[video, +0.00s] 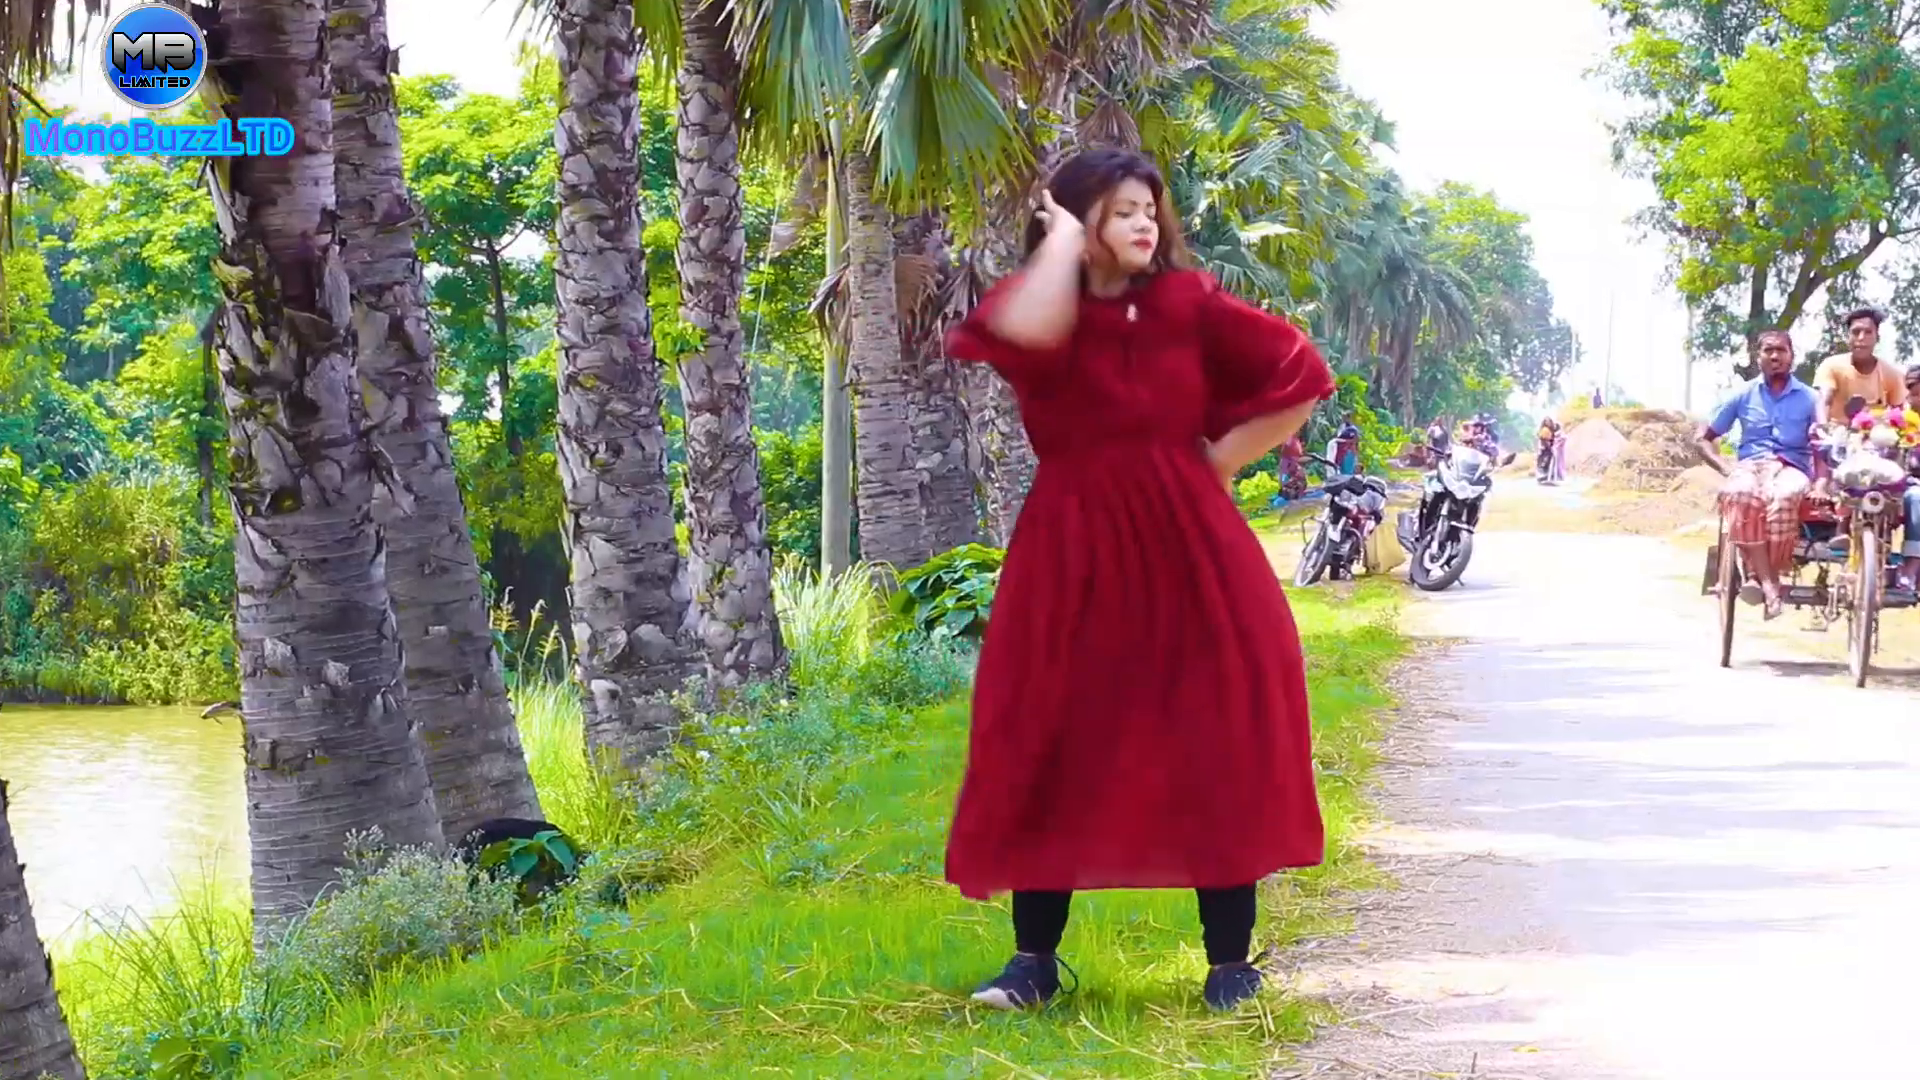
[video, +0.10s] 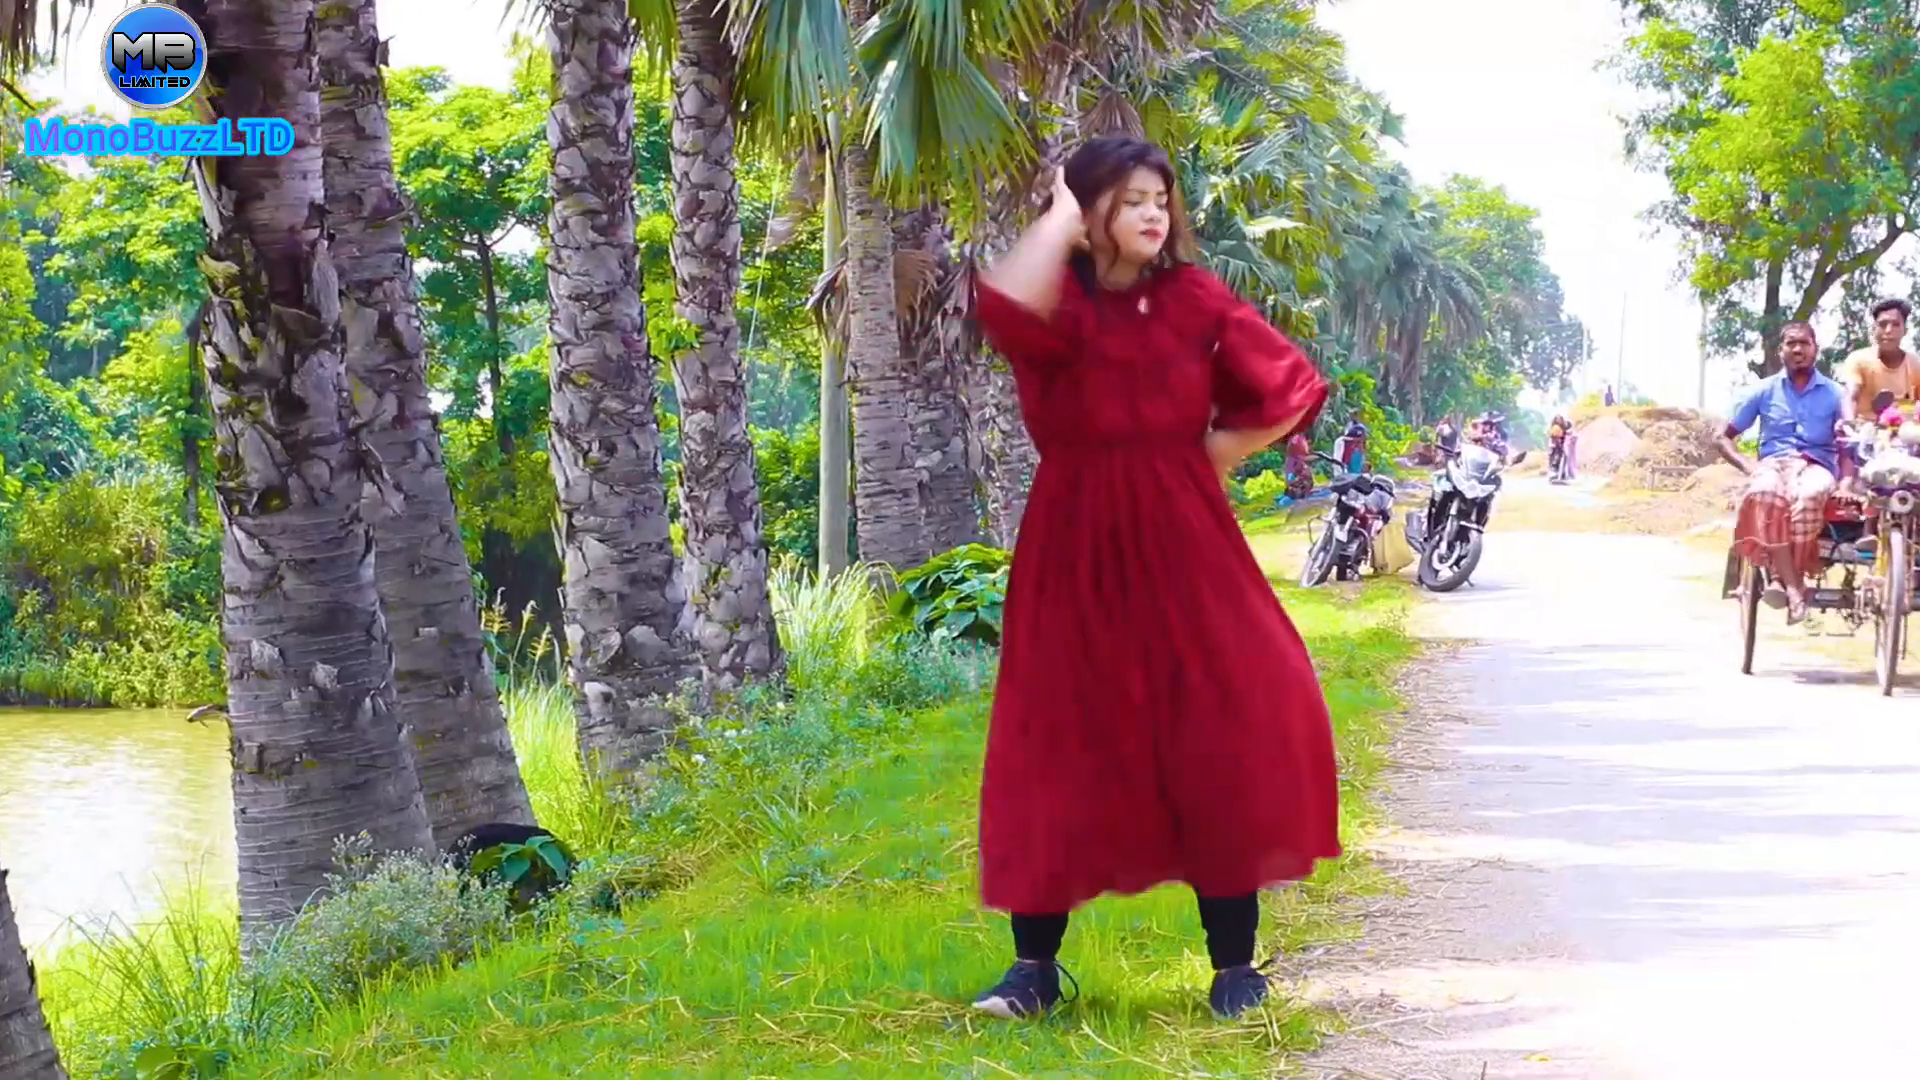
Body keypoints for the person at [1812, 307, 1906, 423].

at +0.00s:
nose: (1861, 338)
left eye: (1868, 332)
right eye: (1855, 332)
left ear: (1877, 337)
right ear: (1848, 336)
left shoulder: (1892, 375)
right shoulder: (1831, 366)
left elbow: (1899, 416)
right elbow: (1822, 401)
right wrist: (1823, 427)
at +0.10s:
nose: (1888, 330)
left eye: (1896, 325)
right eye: (1883, 324)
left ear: (1905, 331)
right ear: (1874, 329)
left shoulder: (1914, 364)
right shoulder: (1858, 360)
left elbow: (1916, 400)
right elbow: (1850, 397)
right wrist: (1848, 423)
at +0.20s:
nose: (1846, 338)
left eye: (1853, 333)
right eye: (1841, 332)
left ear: (1862, 338)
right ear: (1833, 336)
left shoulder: (1876, 373)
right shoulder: (1817, 367)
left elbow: (1886, 412)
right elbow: (1809, 401)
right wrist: (1808, 428)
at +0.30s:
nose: (1875, 330)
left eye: (1883, 324)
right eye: (1869, 324)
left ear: (1893, 329)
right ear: (1861, 328)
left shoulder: (1907, 369)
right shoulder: (1845, 361)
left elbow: (1916, 409)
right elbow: (1836, 398)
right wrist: (1836, 425)